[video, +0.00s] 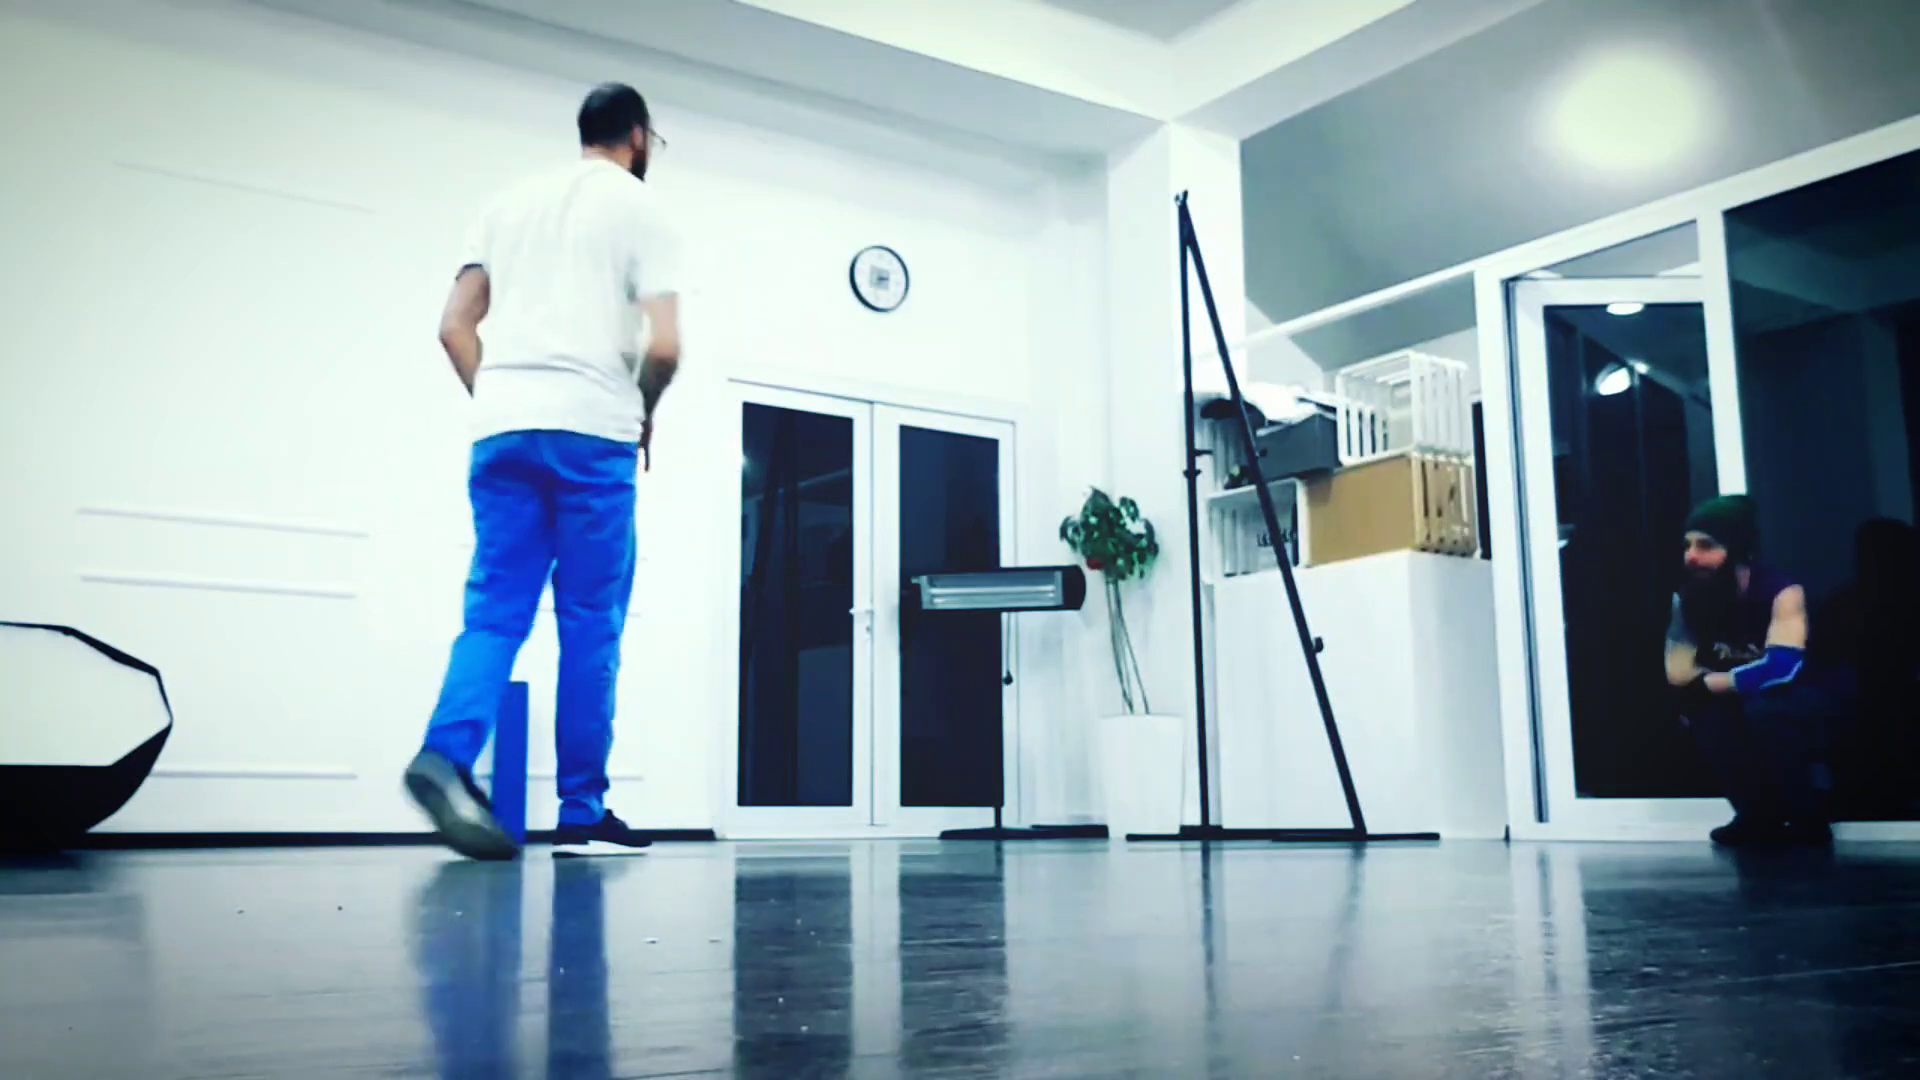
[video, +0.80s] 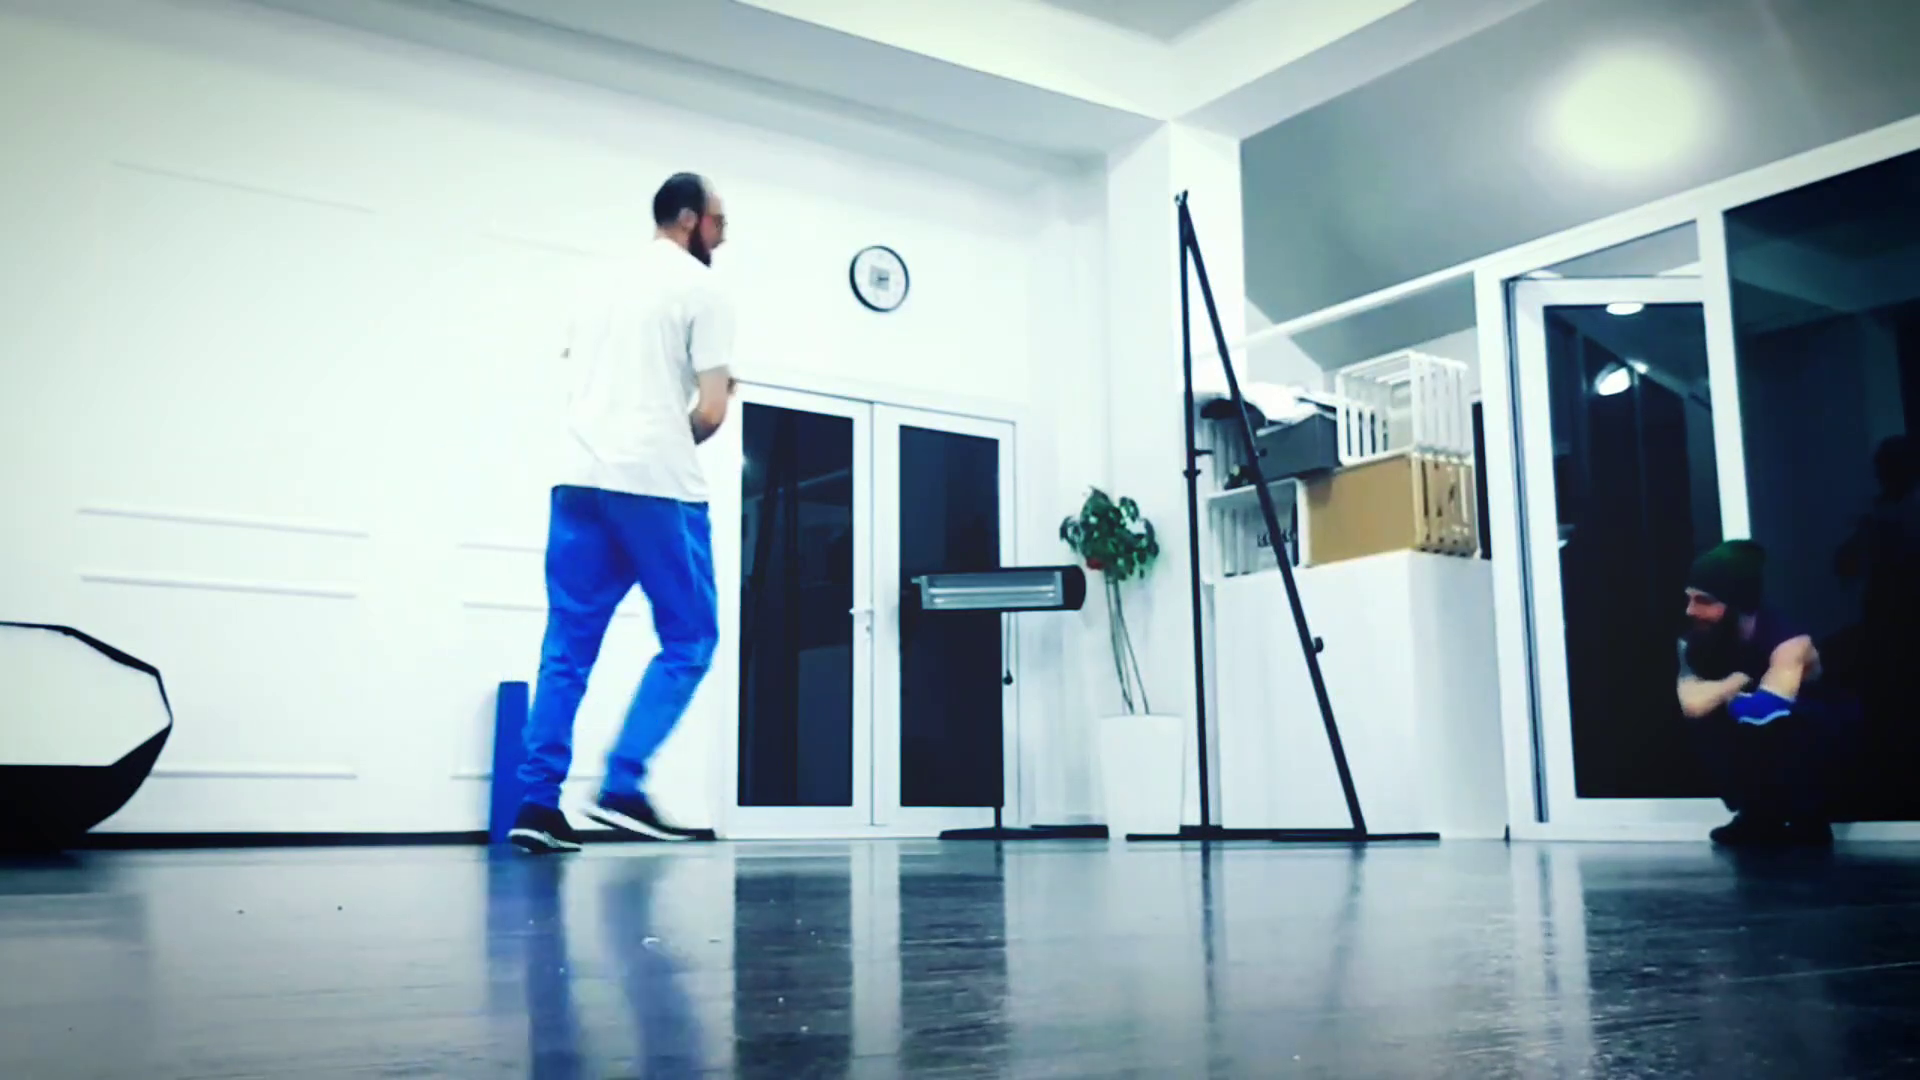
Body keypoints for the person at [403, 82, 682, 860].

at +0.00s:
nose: (650, 157)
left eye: (649, 146)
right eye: (651, 145)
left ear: (581, 137)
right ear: (638, 138)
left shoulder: (509, 204)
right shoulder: (641, 208)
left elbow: (456, 326)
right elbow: (665, 348)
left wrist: (503, 403)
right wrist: (640, 410)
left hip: (503, 424)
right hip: (595, 428)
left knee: (495, 610)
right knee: (591, 622)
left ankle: (444, 759)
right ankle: (582, 810)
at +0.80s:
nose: (721, 236)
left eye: (722, 223)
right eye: (718, 222)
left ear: (659, 217)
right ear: (692, 219)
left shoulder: (601, 278)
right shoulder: (700, 285)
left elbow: (571, 373)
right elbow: (712, 409)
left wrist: (616, 428)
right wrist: (665, 442)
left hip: (579, 474)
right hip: (657, 479)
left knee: (567, 647)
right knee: (690, 639)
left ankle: (538, 804)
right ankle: (622, 786)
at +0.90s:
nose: (744, 239)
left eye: (745, 227)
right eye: (738, 226)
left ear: (689, 223)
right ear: (704, 224)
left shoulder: (634, 275)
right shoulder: (717, 292)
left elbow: (646, 372)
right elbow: (718, 417)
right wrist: (673, 425)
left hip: (595, 478)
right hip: (668, 485)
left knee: (578, 646)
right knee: (706, 641)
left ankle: (539, 801)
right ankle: (711, 799)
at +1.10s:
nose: (798, 265)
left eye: (799, 253)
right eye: (791, 252)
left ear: (749, 254)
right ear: (751, 252)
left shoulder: (699, 312)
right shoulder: (751, 327)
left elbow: (699, 429)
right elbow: (760, 451)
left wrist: (761, 436)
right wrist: (785, 445)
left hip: (665, 515)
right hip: (721, 522)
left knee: (657, 661)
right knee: (766, 660)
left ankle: (565, 767)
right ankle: (775, 810)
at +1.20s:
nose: (817, 272)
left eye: (819, 261)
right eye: (807, 261)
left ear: (769, 267)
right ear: (769, 263)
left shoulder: (744, 329)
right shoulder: (764, 336)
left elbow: (762, 444)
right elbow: (787, 452)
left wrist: (797, 449)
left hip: (726, 526)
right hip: (752, 528)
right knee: (804, 661)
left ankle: (659, 746)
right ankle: (780, 811)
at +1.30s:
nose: (831, 263)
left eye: (834, 251)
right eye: (817, 252)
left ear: (832, 252)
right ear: (784, 256)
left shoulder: (817, 330)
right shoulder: (765, 325)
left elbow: (812, 426)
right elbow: (795, 433)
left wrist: (823, 466)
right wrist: (855, 417)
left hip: (811, 521)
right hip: (758, 523)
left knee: (858, 646)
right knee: (798, 662)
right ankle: (781, 813)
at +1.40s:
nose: (842, 241)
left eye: (850, 229)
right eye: (829, 229)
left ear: (858, 230)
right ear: (799, 231)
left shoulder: (861, 310)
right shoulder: (767, 303)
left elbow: (843, 404)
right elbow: (784, 400)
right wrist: (887, 412)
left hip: (848, 501)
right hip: (775, 509)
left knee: (881, 631)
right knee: (810, 645)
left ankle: (869, 784)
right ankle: (828, 791)